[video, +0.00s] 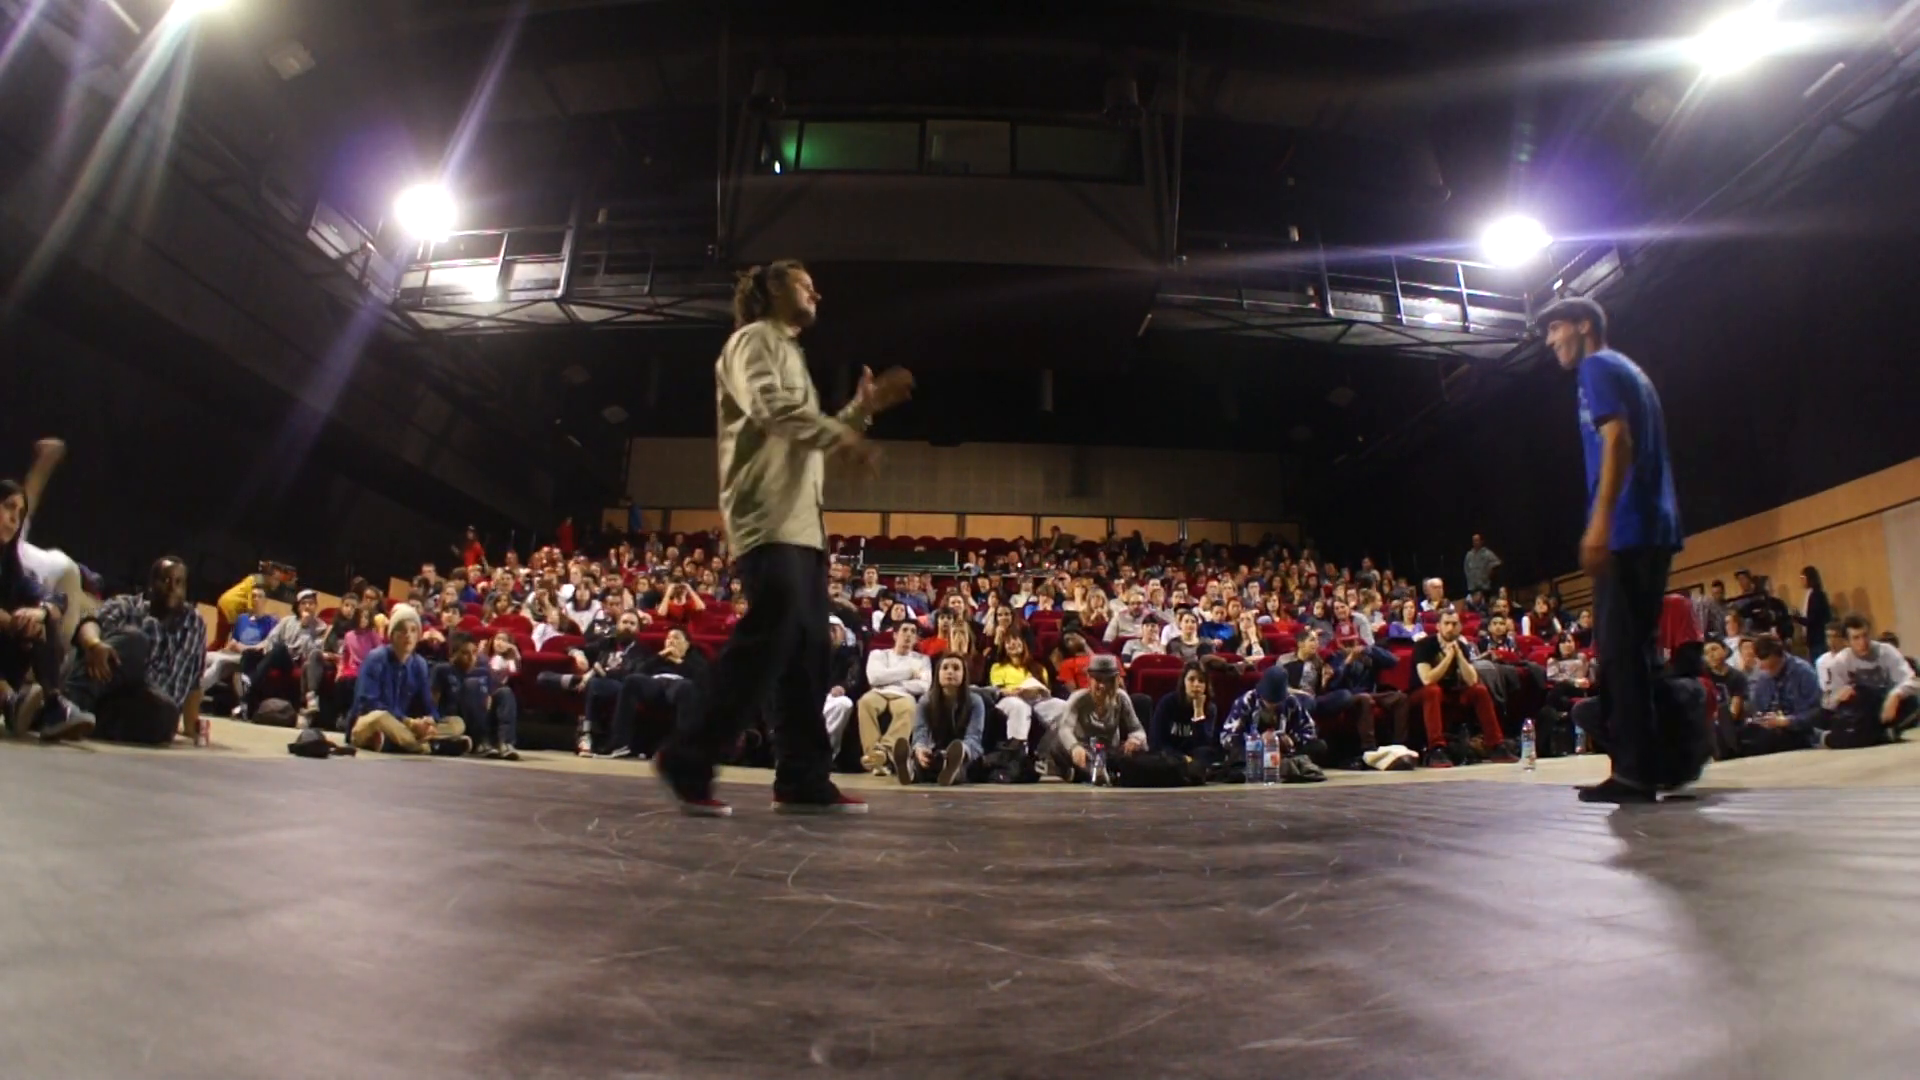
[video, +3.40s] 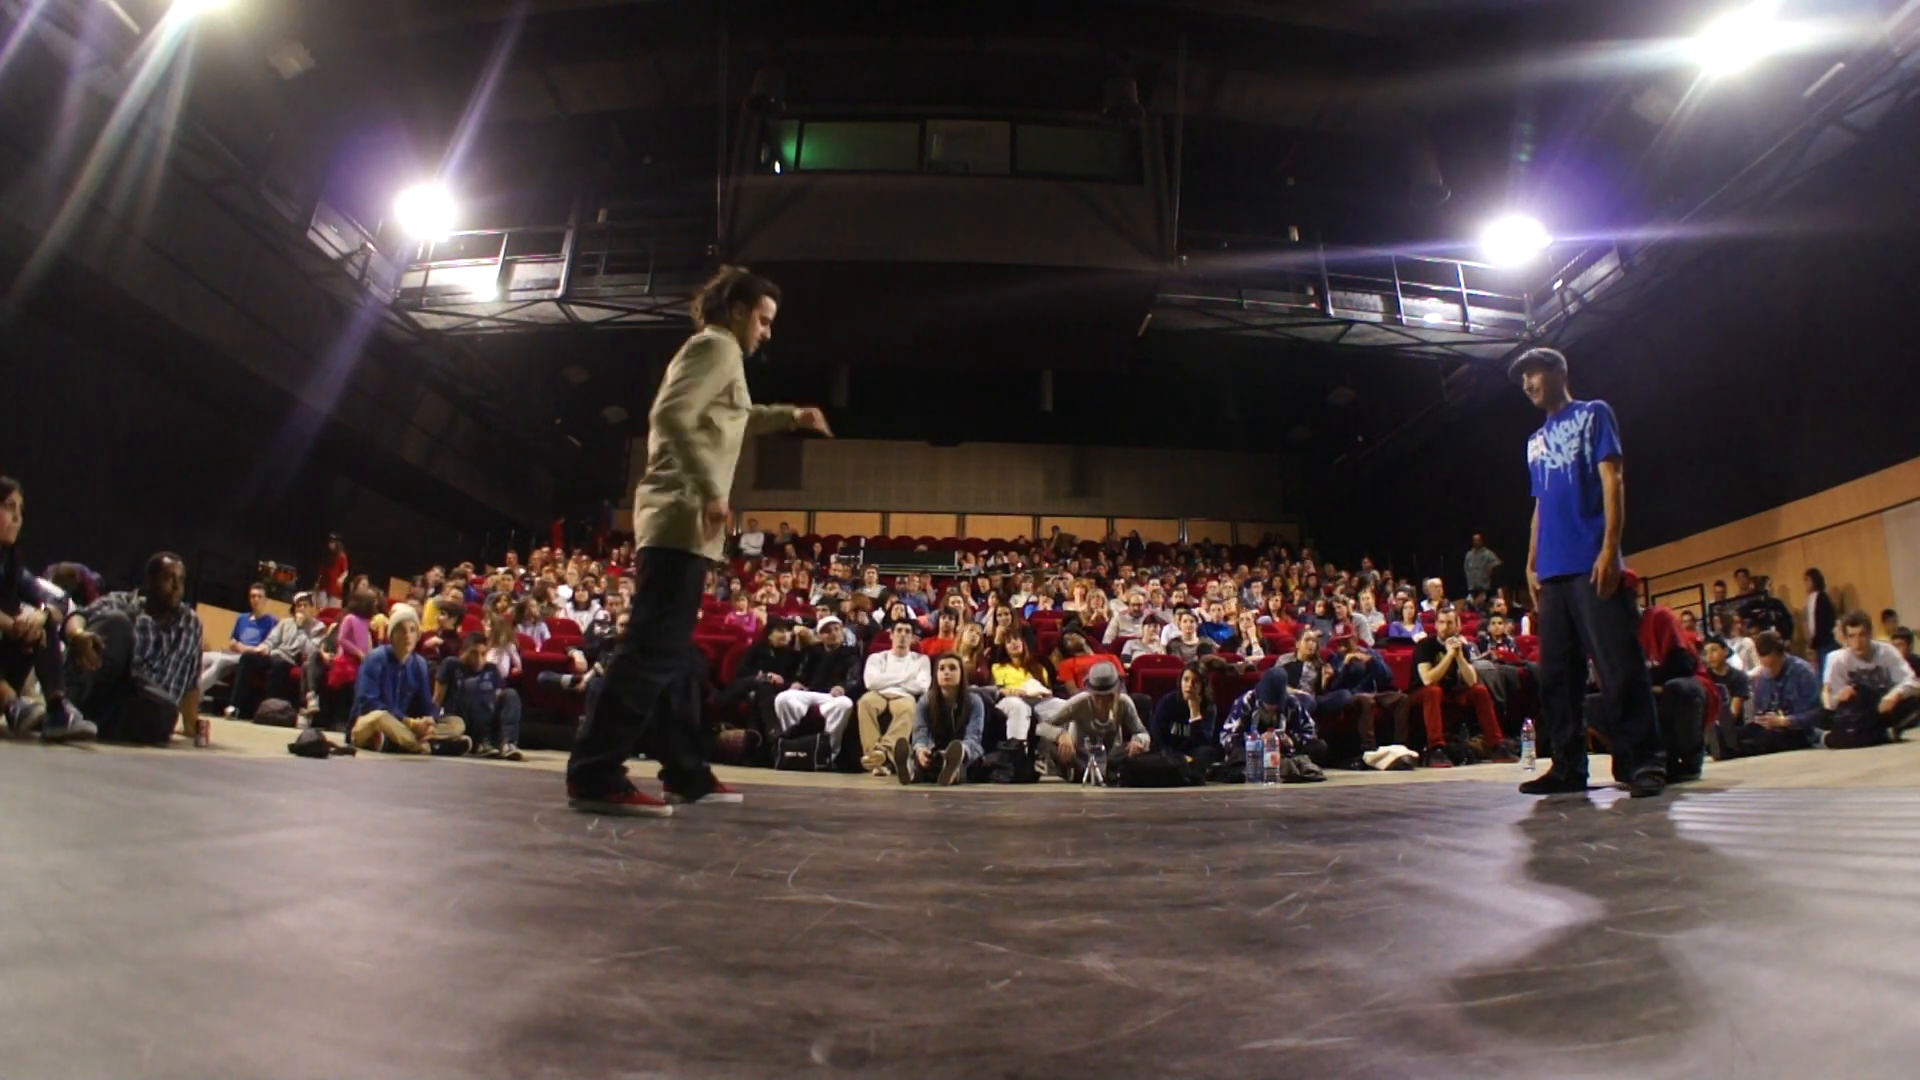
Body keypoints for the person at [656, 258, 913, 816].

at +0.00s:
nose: (815, 295)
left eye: (814, 288)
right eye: (805, 285)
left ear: (791, 297)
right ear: (773, 291)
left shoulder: (791, 356)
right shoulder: (753, 339)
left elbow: (810, 440)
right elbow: (771, 409)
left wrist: (859, 407)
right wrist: (840, 436)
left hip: (801, 521)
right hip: (768, 517)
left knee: (809, 645)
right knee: (775, 630)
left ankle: (803, 778)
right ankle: (687, 760)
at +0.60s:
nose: (774, 307)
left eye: (773, 298)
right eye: (765, 296)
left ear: (740, 304)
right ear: (734, 300)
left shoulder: (741, 360)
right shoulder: (720, 340)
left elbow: (734, 452)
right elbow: (707, 390)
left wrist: (781, 474)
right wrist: (790, 438)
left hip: (735, 531)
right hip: (706, 526)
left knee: (730, 656)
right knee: (688, 652)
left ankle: (713, 771)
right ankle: (665, 779)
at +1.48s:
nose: (771, 315)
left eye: (771, 308)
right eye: (762, 305)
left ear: (757, 315)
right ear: (728, 307)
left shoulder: (771, 382)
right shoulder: (690, 359)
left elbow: (815, 418)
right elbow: (656, 420)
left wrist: (843, 402)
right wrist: (712, 465)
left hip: (747, 538)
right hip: (686, 531)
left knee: (726, 658)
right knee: (673, 652)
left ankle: (707, 771)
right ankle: (653, 777)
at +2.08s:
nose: (760, 295)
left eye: (760, 287)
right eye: (752, 284)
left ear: (730, 288)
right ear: (719, 283)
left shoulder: (730, 355)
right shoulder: (685, 320)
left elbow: (768, 432)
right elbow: (665, 343)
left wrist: (827, 476)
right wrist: (750, 398)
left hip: (718, 510)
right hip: (673, 504)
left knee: (771, 623)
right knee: (664, 635)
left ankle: (757, 734)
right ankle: (613, 769)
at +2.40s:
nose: (732, 285)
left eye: (732, 276)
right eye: (726, 274)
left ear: (687, 274)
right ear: (700, 272)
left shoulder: (686, 335)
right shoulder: (673, 313)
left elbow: (679, 430)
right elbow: (759, 307)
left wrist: (736, 447)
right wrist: (782, 327)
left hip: (687, 493)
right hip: (655, 492)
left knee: (777, 539)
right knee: (664, 626)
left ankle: (766, 668)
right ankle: (608, 764)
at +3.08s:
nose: (736, 318)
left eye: (739, 308)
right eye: (735, 304)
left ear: (710, 295)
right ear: (710, 289)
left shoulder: (678, 343)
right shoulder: (678, 322)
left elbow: (699, 445)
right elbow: (701, 370)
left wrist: (764, 473)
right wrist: (782, 427)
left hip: (674, 509)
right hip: (654, 505)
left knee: (732, 603)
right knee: (630, 639)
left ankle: (712, 731)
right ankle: (591, 774)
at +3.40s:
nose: (768, 331)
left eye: (771, 323)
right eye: (763, 319)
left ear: (743, 317)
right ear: (736, 310)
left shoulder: (731, 360)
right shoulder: (715, 347)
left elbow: (735, 418)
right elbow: (673, 414)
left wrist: (792, 417)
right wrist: (710, 490)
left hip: (691, 524)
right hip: (674, 521)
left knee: (674, 652)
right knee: (650, 649)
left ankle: (687, 775)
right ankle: (594, 773)